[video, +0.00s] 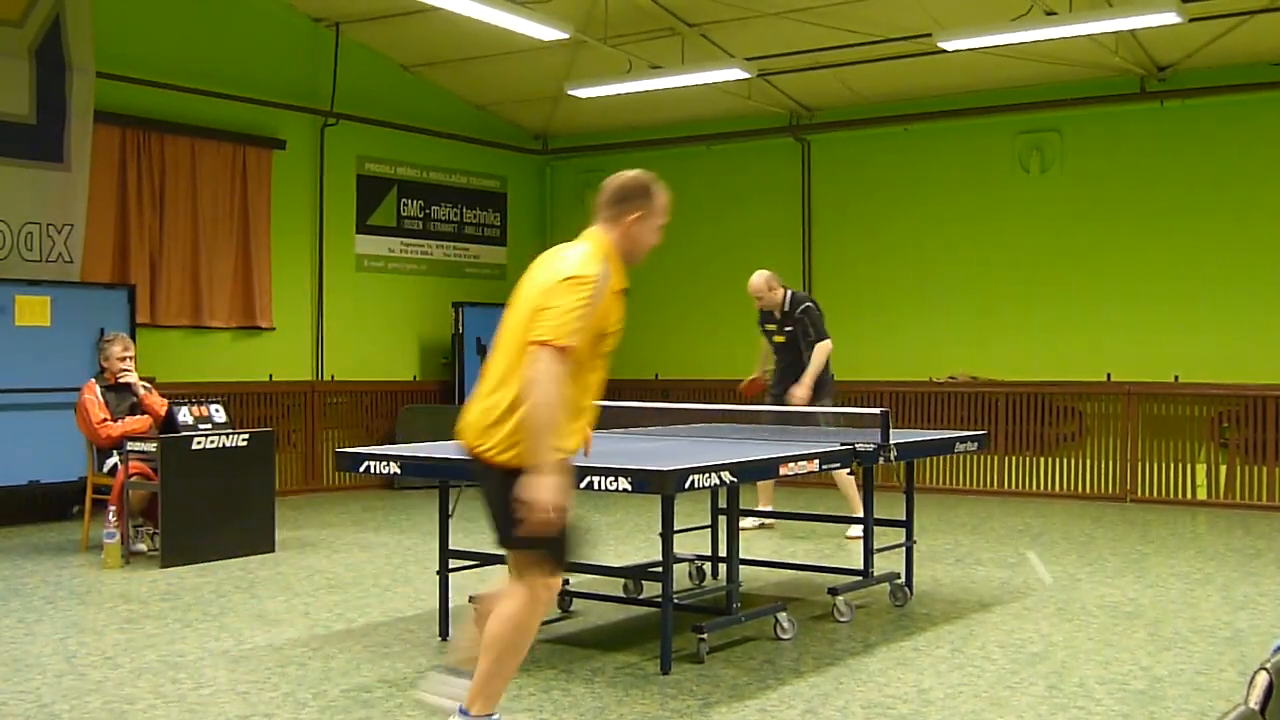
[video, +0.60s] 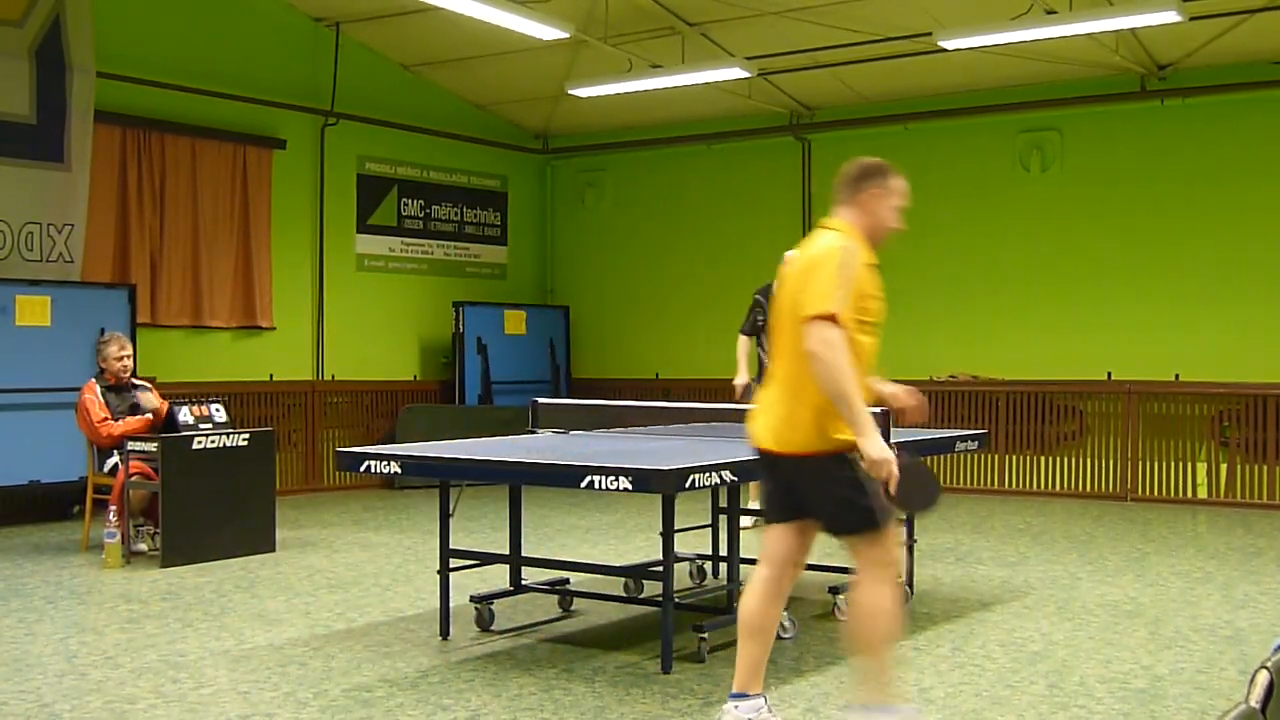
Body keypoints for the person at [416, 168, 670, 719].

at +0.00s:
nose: (659, 238)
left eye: (661, 226)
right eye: (658, 224)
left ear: (615, 215)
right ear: (632, 218)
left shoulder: (571, 258)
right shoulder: (588, 269)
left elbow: (535, 352)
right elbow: (548, 360)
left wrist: (560, 437)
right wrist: (546, 466)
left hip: (507, 440)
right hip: (520, 447)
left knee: (531, 576)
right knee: (537, 584)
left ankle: (457, 669)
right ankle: (477, 709)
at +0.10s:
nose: (689, 233)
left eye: (690, 220)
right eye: (686, 219)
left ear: (647, 212)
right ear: (658, 213)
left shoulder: (593, 256)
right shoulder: (618, 266)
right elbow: (597, 371)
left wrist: (621, 445)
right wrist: (625, 464)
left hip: (575, 439)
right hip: (548, 440)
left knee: (610, 556)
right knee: (537, 579)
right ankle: (477, 710)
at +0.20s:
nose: (735, 242)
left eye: (737, 229)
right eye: (732, 228)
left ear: (694, 221)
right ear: (703, 221)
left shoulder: (646, 264)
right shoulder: (666, 270)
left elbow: (588, 343)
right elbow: (669, 373)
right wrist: (734, 456)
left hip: (627, 456)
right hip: (598, 453)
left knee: (680, 573)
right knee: (554, 581)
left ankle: (721, 699)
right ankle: (482, 706)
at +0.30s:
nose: (765, 240)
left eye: (768, 229)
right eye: (763, 227)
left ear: (724, 219)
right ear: (737, 220)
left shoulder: (682, 269)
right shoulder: (698, 273)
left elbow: (629, 355)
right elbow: (708, 372)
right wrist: (786, 438)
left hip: (676, 457)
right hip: (642, 456)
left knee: (730, 566)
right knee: (614, 582)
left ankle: (739, 705)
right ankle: (506, 695)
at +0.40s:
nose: (815, 231)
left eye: (817, 219)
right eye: (813, 217)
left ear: (780, 207)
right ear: (786, 208)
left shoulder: (755, 259)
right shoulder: (748, 259)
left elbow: (737, 358)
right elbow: (754, 353)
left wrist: (769, 419)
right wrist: (829, 423)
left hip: (744, 446)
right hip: (717, 446)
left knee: (769, 562)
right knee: (742, 572)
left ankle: (743, 703)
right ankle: (606, 669)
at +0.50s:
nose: (847, 222)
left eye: (849, 210)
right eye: (844, 208)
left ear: (811, 198)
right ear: (815, 198)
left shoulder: (784, 250)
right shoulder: (780, 249)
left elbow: (784, 345)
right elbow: (780, 342)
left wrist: (825, 417)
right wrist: (844, 419)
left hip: (755, 436)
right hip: (762, 437)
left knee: (768, 569)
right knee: (809, 563)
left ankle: (743, 700)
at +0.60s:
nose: (900, 220)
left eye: (902, 208)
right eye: (895, 206)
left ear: (855, 200)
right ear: (865, 199)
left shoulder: (816, 250)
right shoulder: (839, 249)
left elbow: (815, 351)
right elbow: (821, 340)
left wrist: (884, 391)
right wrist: (867, 433)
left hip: (784, 436)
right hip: (819, 440)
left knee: (776, 566)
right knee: (880, 562)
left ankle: (744, 699)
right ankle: (875, 702)